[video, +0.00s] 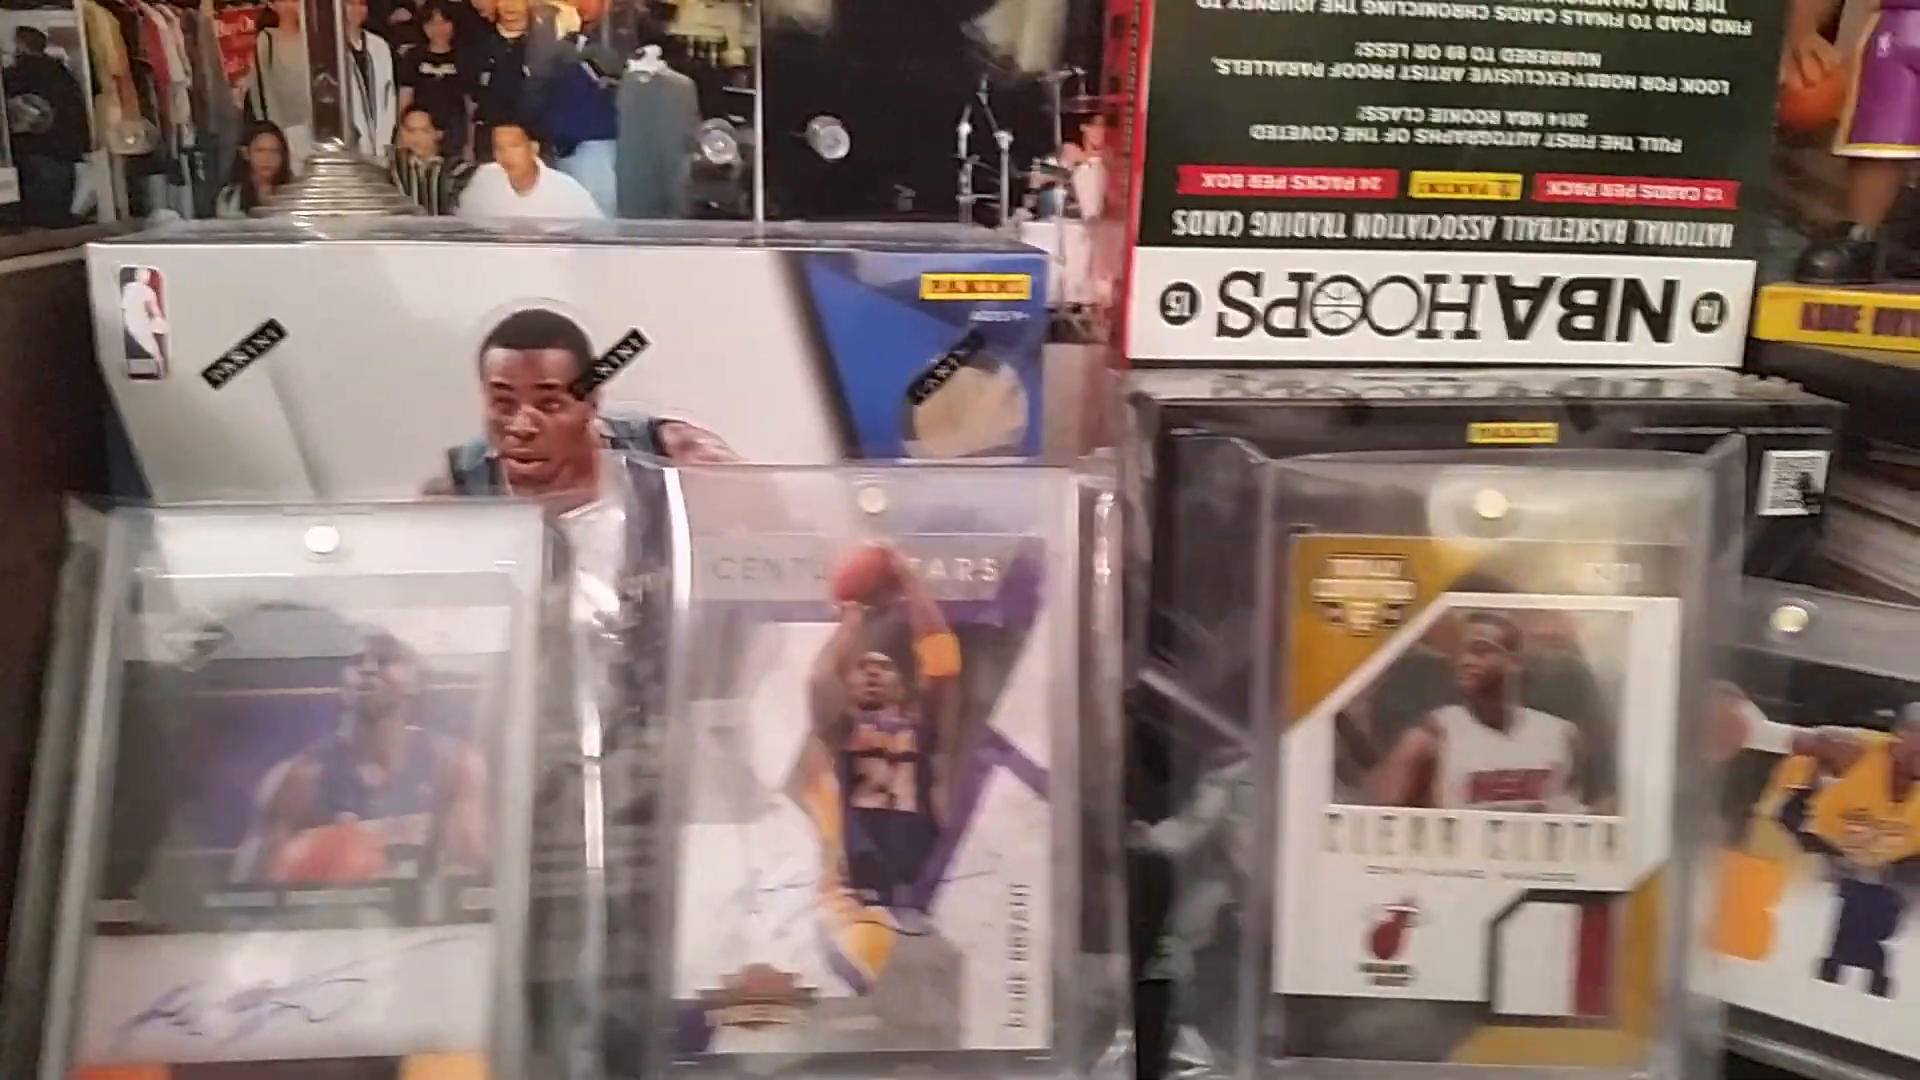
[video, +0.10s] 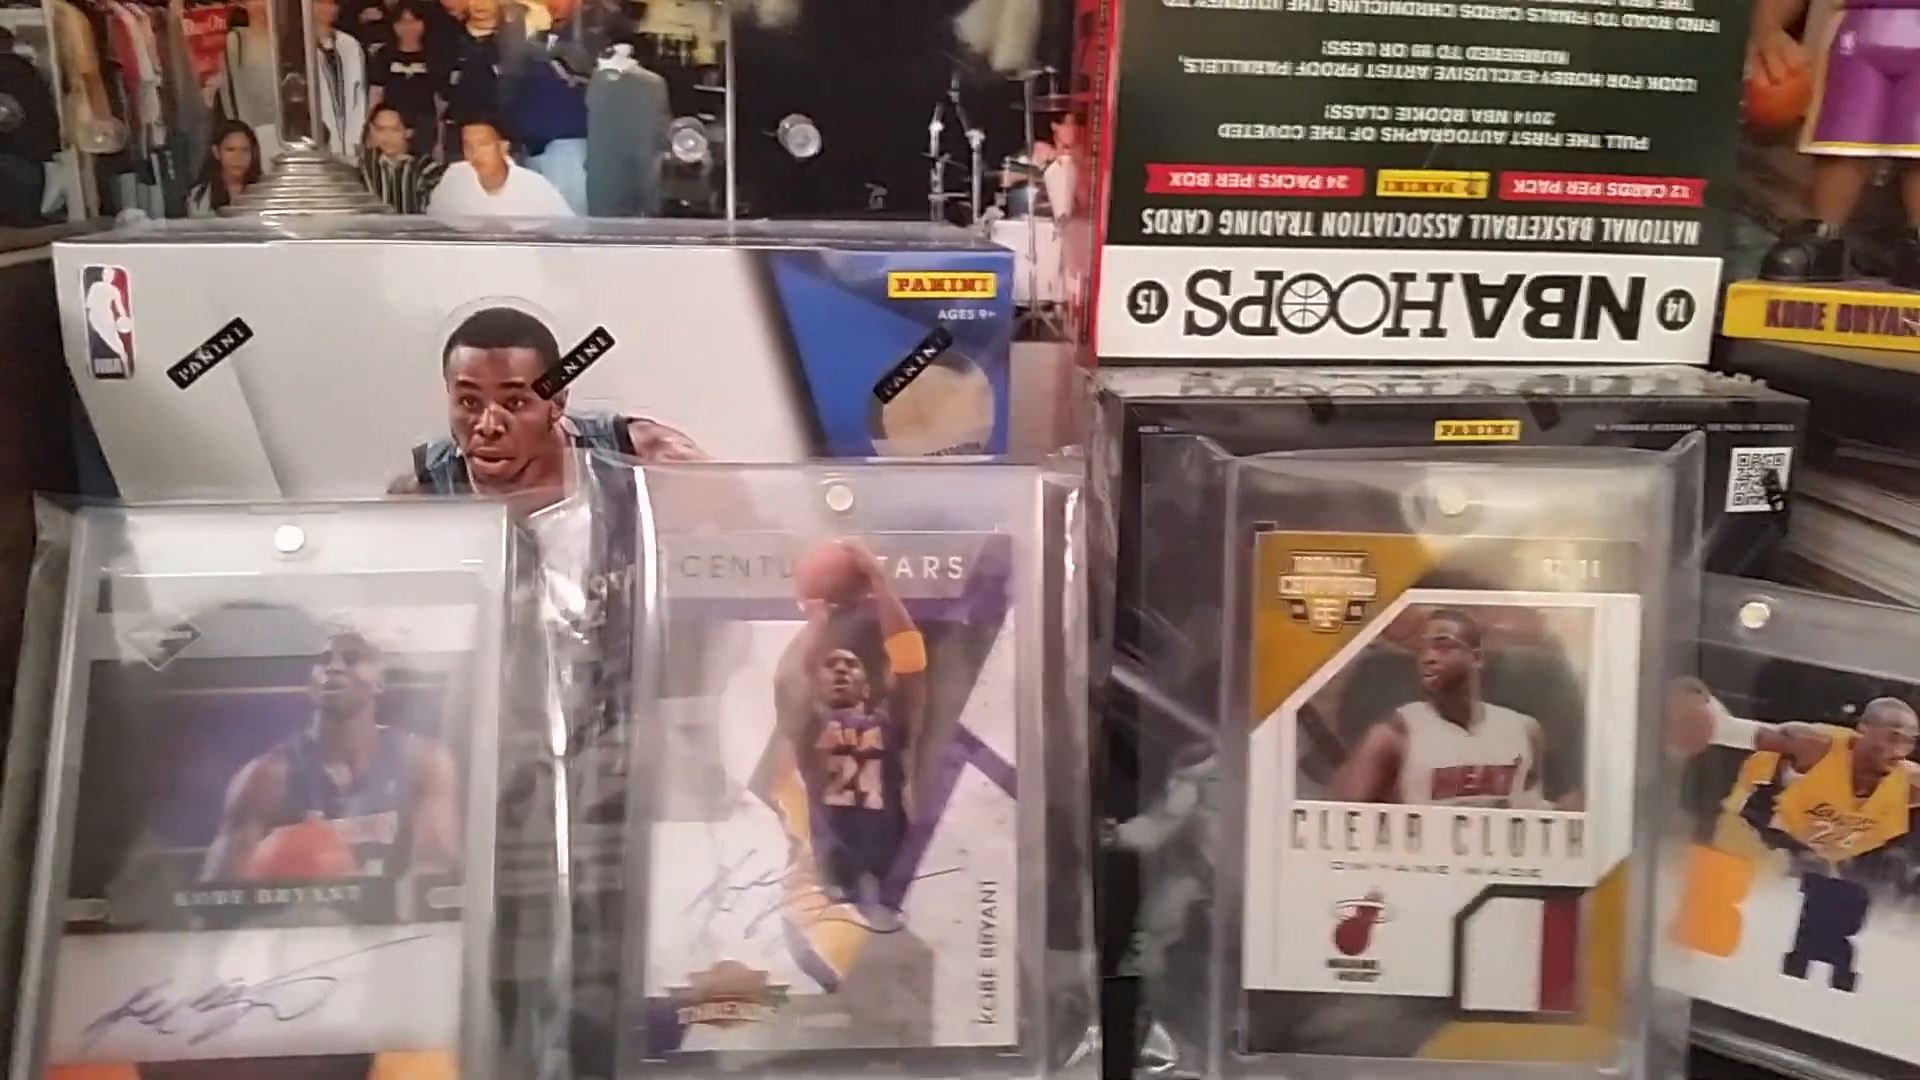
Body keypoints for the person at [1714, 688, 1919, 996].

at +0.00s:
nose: (1912, 750)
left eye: (1916, 743)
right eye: (1909, 740)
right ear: (1898, 735)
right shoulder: (1860, 754)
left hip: (1882, 858)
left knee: (1885, 905)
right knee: (1858, 900)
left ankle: (1876, 967)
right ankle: (1835, 963)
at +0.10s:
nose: (1901, 751)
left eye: (1909, 742)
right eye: (1892, 738)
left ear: (1913, 746)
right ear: (1862, 731)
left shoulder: (1910, 782)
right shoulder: (1817, 746)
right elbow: (1725, 729)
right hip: (1754, 821)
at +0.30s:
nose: (1880, 750)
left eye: (1888, 741)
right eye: (1872, 736)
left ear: (1894, 744)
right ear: (1843, 730)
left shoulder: (1896, 783)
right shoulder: (1796, 742)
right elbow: (1704, 726)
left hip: (1792, 847)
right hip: (1735, 822)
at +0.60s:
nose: (1846, 743)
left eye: (1854, 735)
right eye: (1839, 731)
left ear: (1860, 736)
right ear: (1811, 725)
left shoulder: (1865, 776)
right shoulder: (1767, 737)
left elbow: (1914, 803)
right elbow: (1677, 721)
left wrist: (1912, 849)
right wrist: (1646, 701)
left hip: (1761, 851)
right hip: (1706, 819)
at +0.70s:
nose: (1858, 745)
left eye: (1866, 736)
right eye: (1851, 731)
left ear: (1872, 739)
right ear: (1823, 725)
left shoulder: (1879, 778)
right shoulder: (1775, 738)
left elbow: (1916, 804)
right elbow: (1687, 723)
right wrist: (1657, 701)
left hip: (1768, 845)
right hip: (1713, 818)